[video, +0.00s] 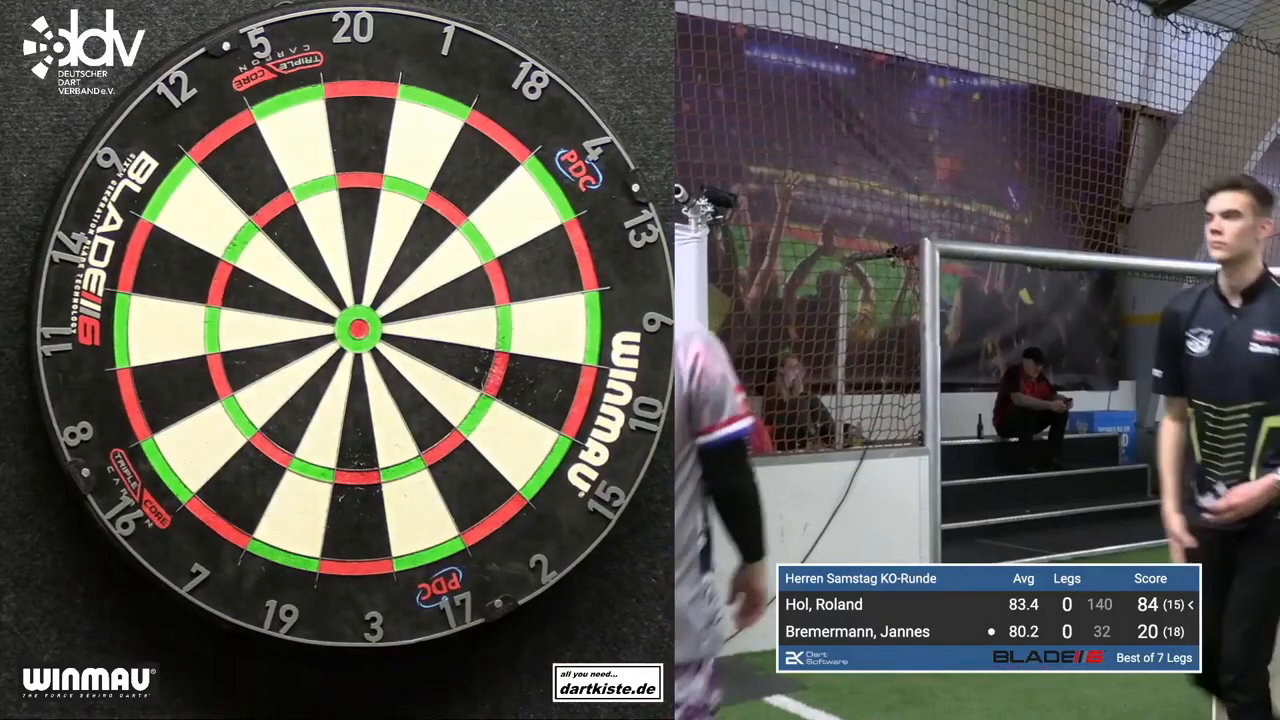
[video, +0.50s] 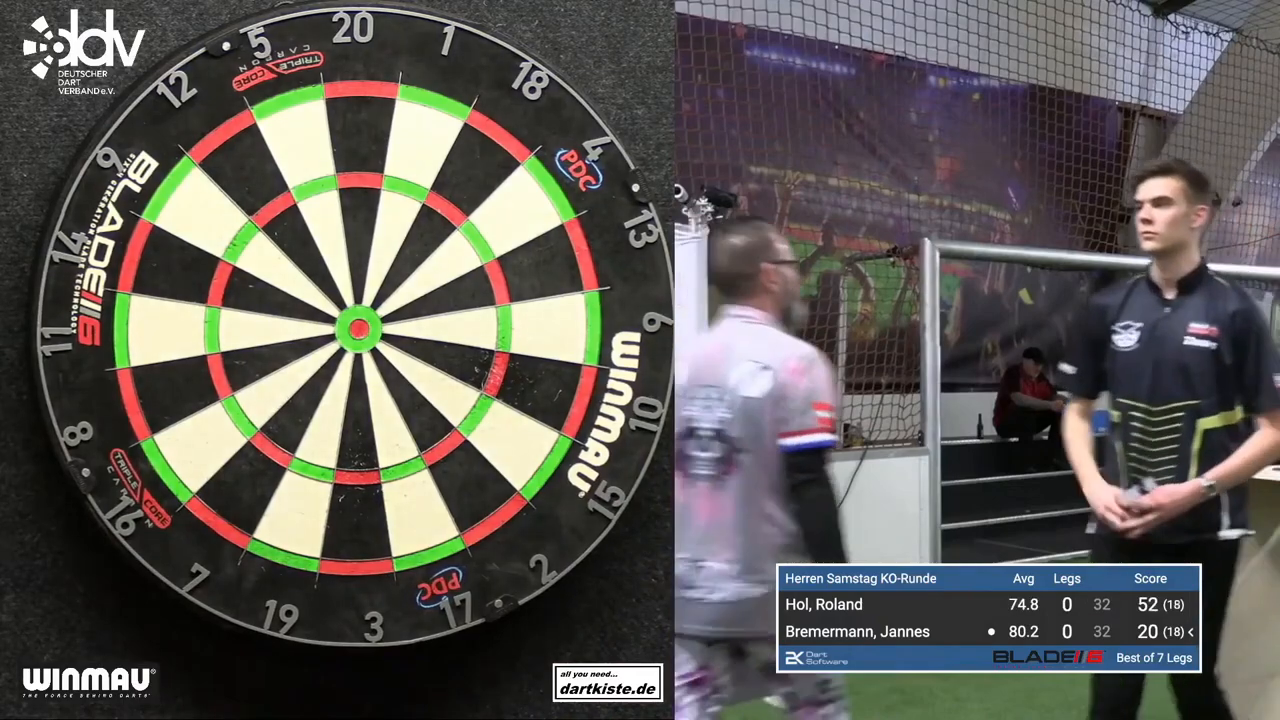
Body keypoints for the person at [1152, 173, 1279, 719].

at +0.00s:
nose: (1215, 228)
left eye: (1231, 216)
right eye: (1210, 218)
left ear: (1265, 229)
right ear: (1205, 229)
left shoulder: (1278, 309)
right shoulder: (1183, 311)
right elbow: (1173, 416)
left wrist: (1268, 488)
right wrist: (1171, 506)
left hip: (1268, 521)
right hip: (1204, 521)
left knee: (1241, 672)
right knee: (1207, 666)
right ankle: (1248, 706)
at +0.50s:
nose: (1144, 216)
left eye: (1161, 204)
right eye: (1139, 207)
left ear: (1201, 216)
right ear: (1133, 218)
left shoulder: (1236, 314)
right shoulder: (1106, 309)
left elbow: (1272, 430)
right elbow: (1076, 411)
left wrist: (1193, 492)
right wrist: (1094, 487)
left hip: (1202, 534)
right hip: (1118, 529)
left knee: (1192, 680)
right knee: (1113, 682)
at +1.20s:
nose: (1089, 197)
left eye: (1105, 184)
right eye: (1084, 187)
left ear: (1148, 197)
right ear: (1078, 199)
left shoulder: (1194, 299)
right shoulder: (1049, 296)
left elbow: (1235, 412)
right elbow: (1018, 409)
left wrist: (1190, 497)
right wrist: (1009, 503)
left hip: (1161, 536)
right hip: (1074, 534)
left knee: (1146, 696)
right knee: (1074, 696)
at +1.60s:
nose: (1021, 189)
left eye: (1038, 175)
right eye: (1017, 179)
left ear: (1086, 186)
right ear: (1013, 191)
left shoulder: (1144, 285)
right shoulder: (993, 299)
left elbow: (1201, 390)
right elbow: (962, 426)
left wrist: (1177, 491)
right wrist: (919, 535)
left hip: (1142, 534)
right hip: (1052, 543)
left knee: (1154, 696)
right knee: (1057, 703)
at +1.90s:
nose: (983, 193)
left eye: (1000, 178)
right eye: (980, 182)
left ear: (1048, 189)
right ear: (979, 196)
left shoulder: (1120, 279)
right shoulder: (968, 305)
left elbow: (1187, 375)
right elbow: (909, 424)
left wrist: (1176, 480)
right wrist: (828, 538)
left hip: (1140, 524)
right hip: (1052, 539)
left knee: (1164, 688)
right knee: (1052, 698)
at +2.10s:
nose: (976, 193)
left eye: (993, 178)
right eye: (972, 183)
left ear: (1042, 189)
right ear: (970, 198)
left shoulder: (1114, 279)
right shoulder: (964, 299)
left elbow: (1182, 371)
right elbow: (864, 384)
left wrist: (1174, 478)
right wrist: (753, 463)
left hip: (1145, 526)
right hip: (1054, 543)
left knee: (1164, 694)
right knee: (1050, 703)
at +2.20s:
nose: (974, 192)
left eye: (991, 178)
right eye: (970, 183)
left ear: (1040, 190)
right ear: (972, 198)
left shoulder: (1111, 279)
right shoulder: (962, 297)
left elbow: (1182, 374)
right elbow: (844, 364)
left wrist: (1171, 480)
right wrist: (714, 377)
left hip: (1141, 528)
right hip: (1049, 544)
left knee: (1163, 695)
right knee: (1049, 704)